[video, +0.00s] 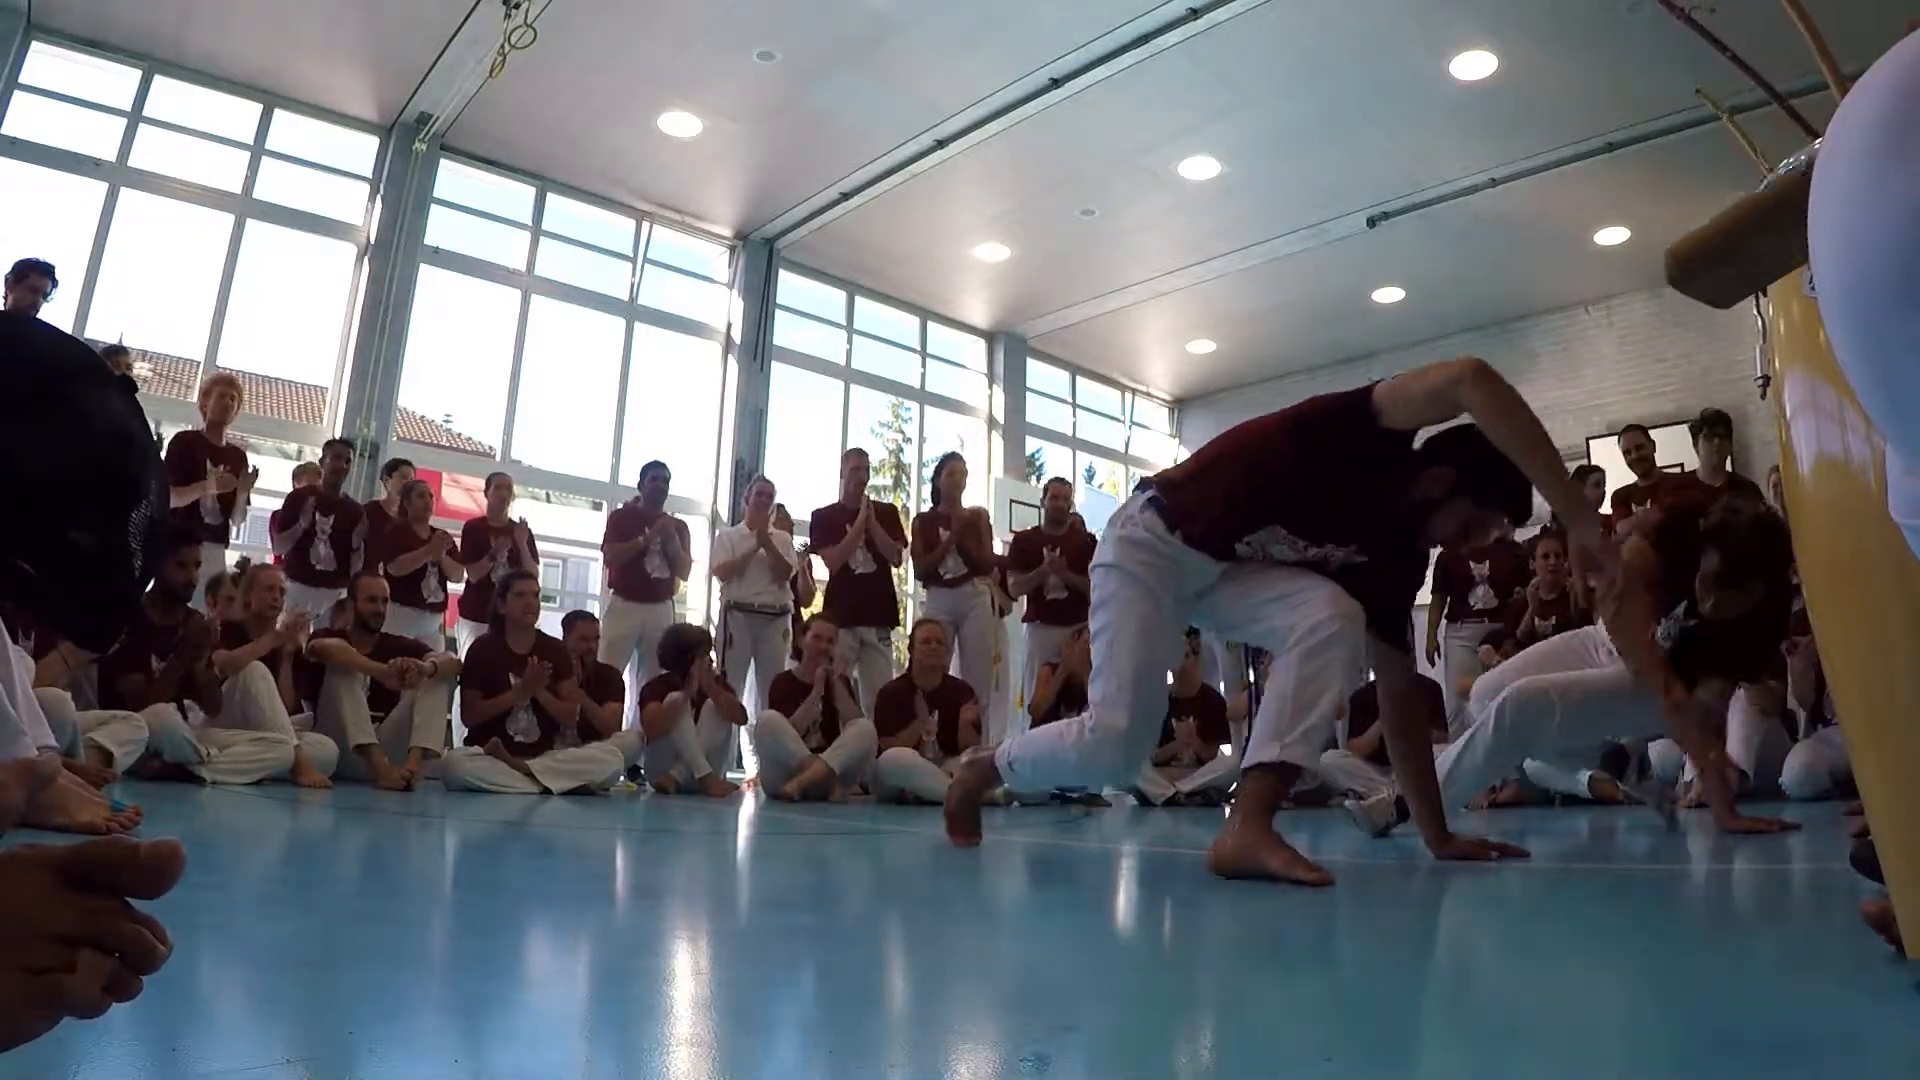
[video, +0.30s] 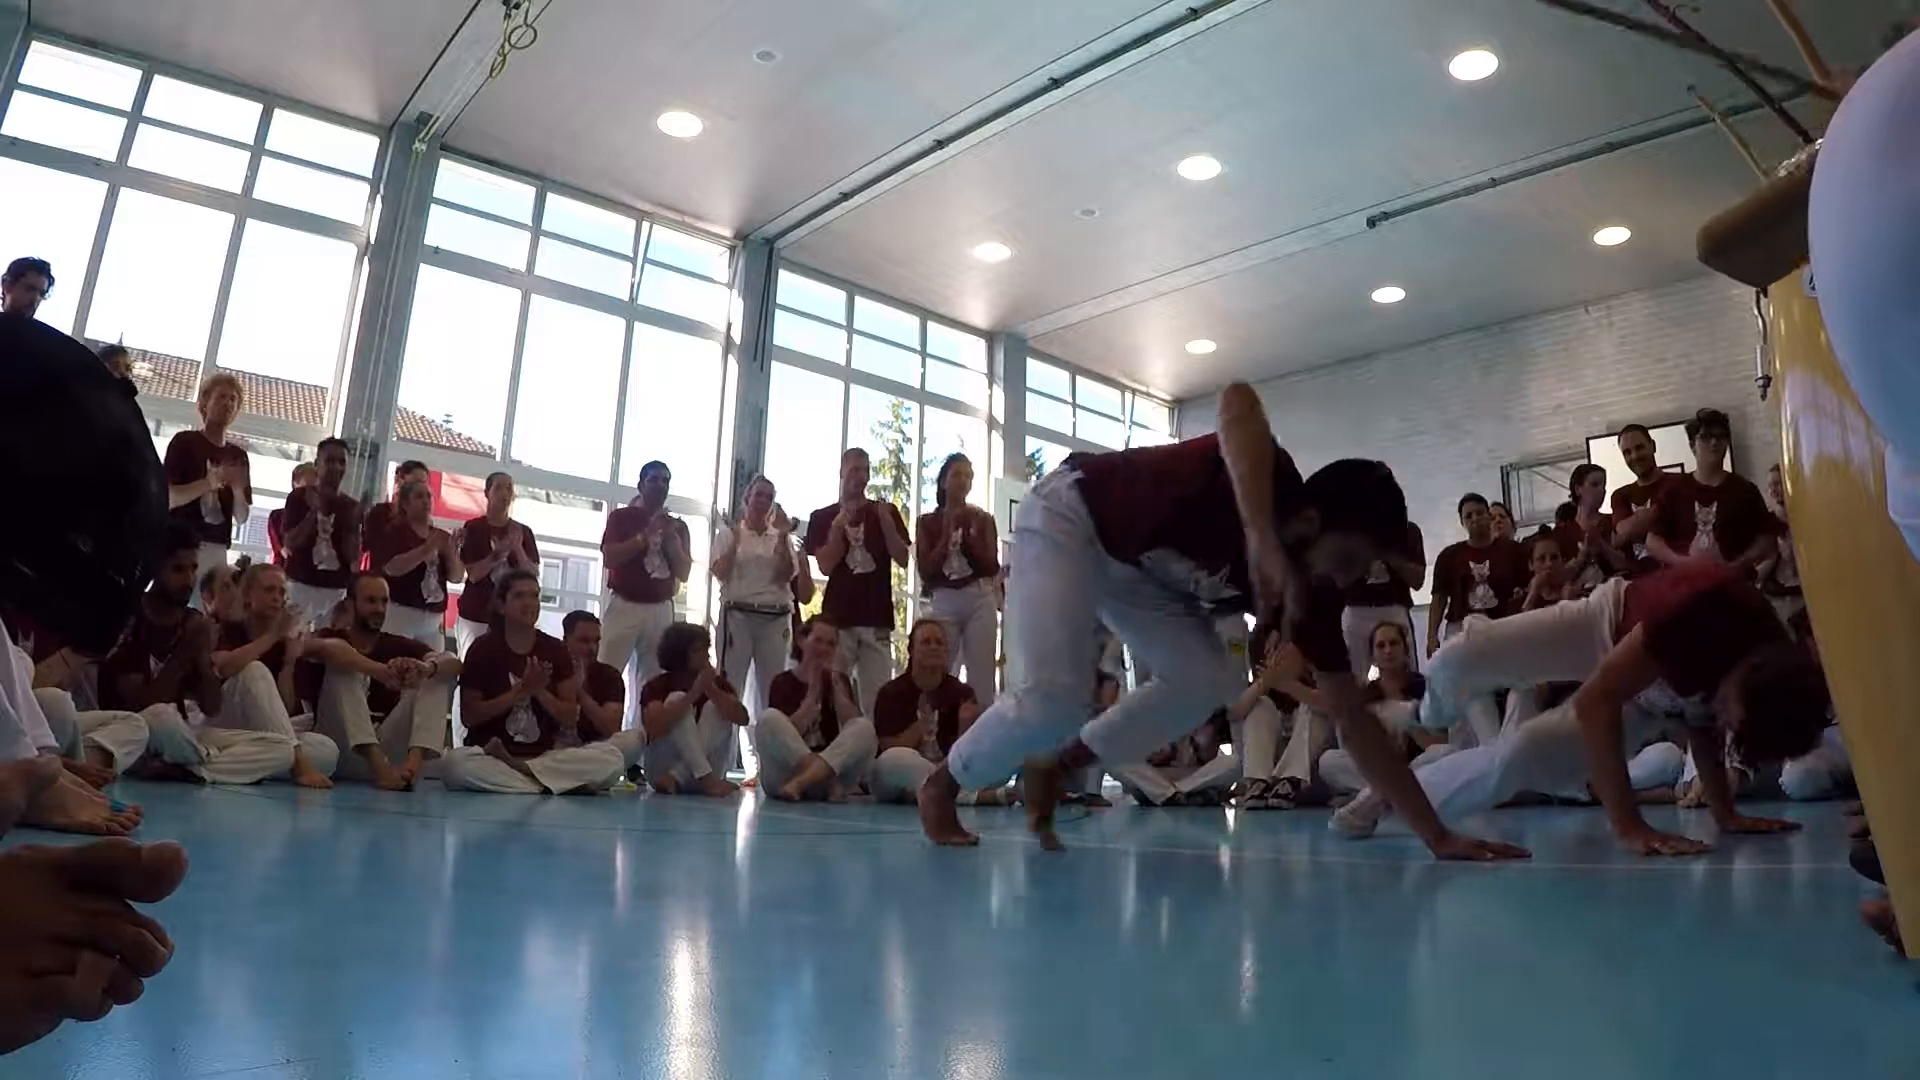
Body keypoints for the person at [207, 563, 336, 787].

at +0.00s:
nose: (277, 598)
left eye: (281, 592)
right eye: (269, 590)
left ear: (285, 599)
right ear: (248, 596)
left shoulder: (286, 643)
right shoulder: (228, 630)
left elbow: (289, 707)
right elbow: (223, 666)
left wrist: (288, 654)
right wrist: (278, 638)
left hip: (270, 731)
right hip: (224, 724)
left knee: (327, 751)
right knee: (254, 671)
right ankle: (299, 762)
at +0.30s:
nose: (277, 598)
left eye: (281, 592)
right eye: (269, 590)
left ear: (286, 598)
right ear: (248, 595)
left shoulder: (285, 644)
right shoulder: (228, 631)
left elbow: (287, 710)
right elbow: (221, 667)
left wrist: (289, 662)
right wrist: (273, 635)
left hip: (269, 732)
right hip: (223, 725)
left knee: (327, 751)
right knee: (254, 671)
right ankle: (299, 763)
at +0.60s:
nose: (276, 598)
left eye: (281, 592)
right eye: (268, 590)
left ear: (286, 598)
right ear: (247, 594)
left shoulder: (284, 643)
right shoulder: (229, 630)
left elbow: (288, 709)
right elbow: (220, 667)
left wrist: (288, 663)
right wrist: (272, 637)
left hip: (269, 733)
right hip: (225, 725)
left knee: (326, 751)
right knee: (254, 671)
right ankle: (299, 761)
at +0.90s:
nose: (276, 599)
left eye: (281, 593)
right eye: (268, 591)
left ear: (286, 599)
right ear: (247, 595)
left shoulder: (292, 647)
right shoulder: (227, 630)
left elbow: (290, 709)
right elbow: (222, 666)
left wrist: (283, 662)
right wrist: (279, 638)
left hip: (270, 733)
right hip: (224, 723)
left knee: (327, 751)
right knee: (254, 670)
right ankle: (299, 761)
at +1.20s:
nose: (274, 597)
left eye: (279, 592)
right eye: (266, 590)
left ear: (284, 598)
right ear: (246, 594)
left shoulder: (289, 644)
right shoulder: (225, 630)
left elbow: (290, 710)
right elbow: (223, 664)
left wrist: (285, 661)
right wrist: (279, 639)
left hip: (271, 732)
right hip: (224, 725)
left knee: (326, 751)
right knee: (254, 671)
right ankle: (298, 762)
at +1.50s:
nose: (272, 597)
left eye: (278, 591)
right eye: (264, 590)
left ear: (283, 597)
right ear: (245, 594)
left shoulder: (287, 640)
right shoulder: (229, 630)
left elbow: (288, 707)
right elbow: (220, 667)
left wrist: (288, 657)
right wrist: (273, 638)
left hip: (269, 732)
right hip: (224, 723)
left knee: (326, 751)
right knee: (254, 671)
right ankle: (298, 761)